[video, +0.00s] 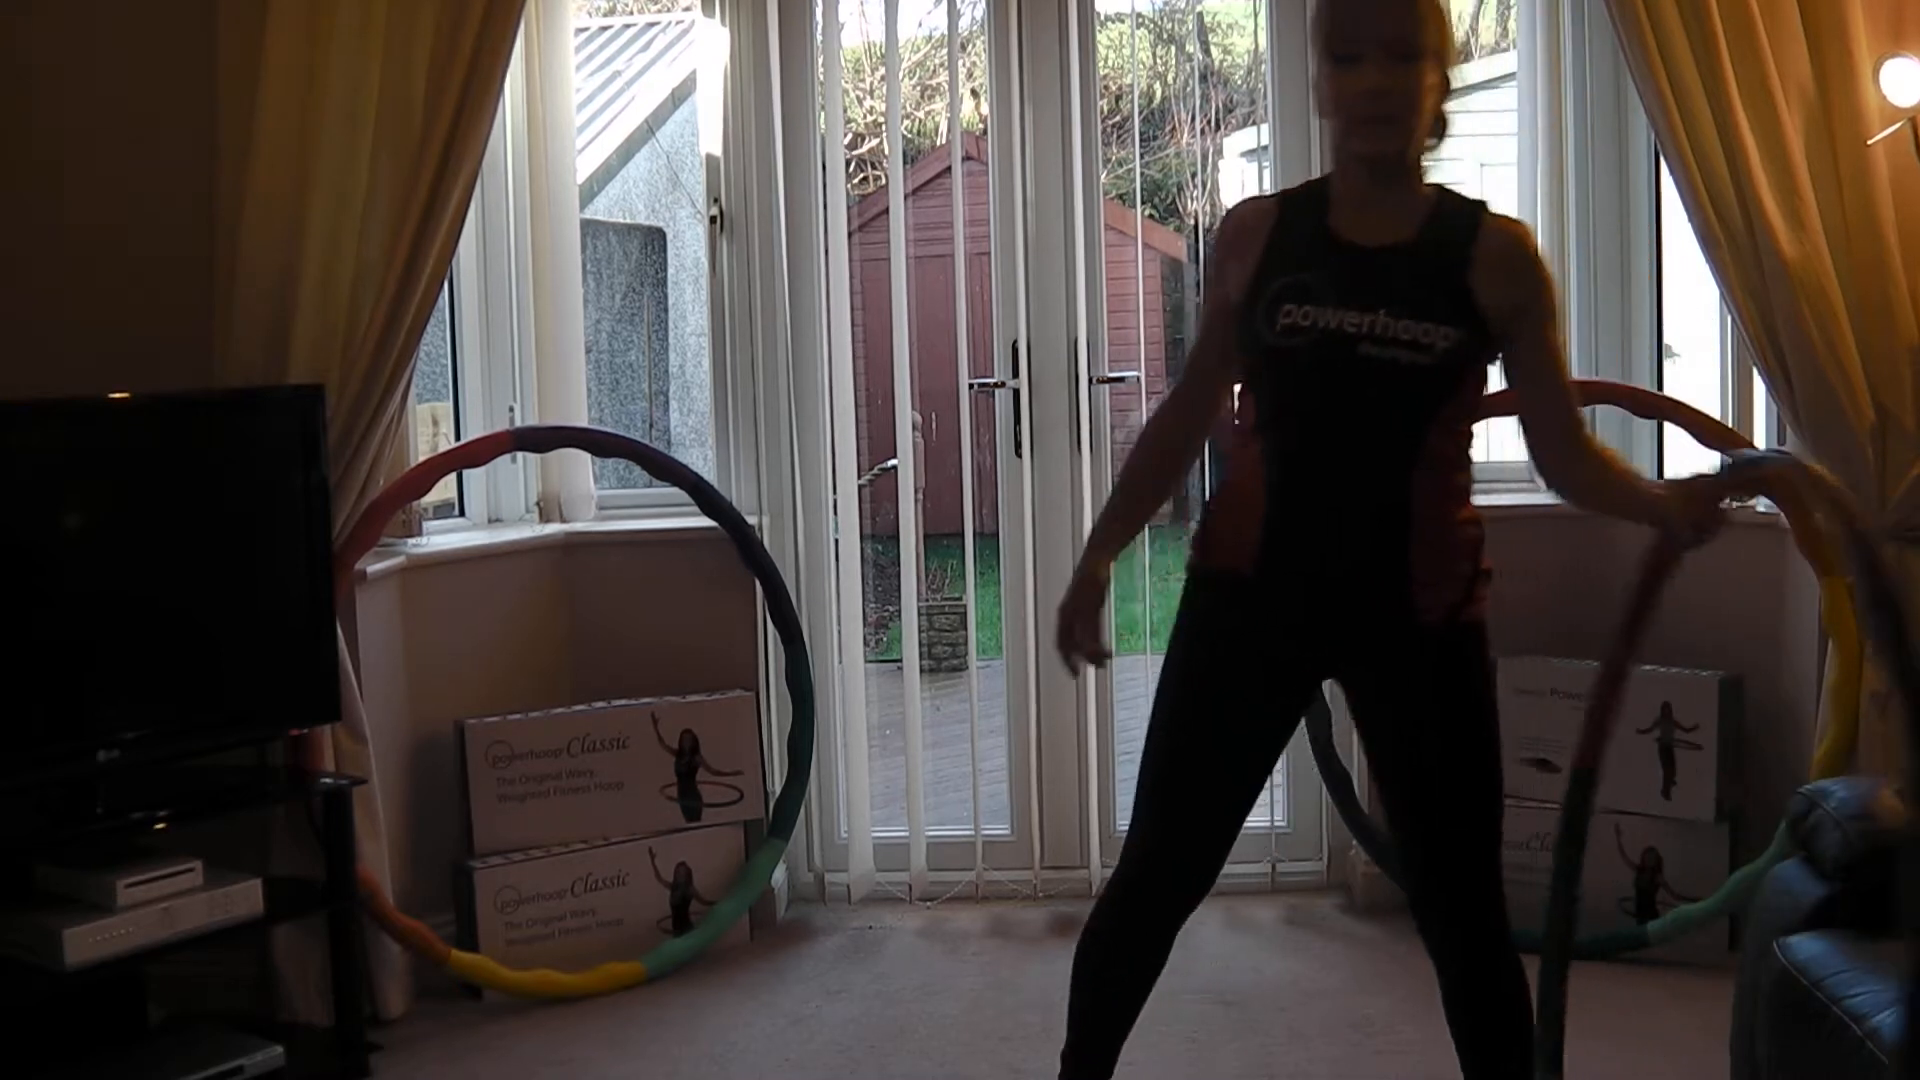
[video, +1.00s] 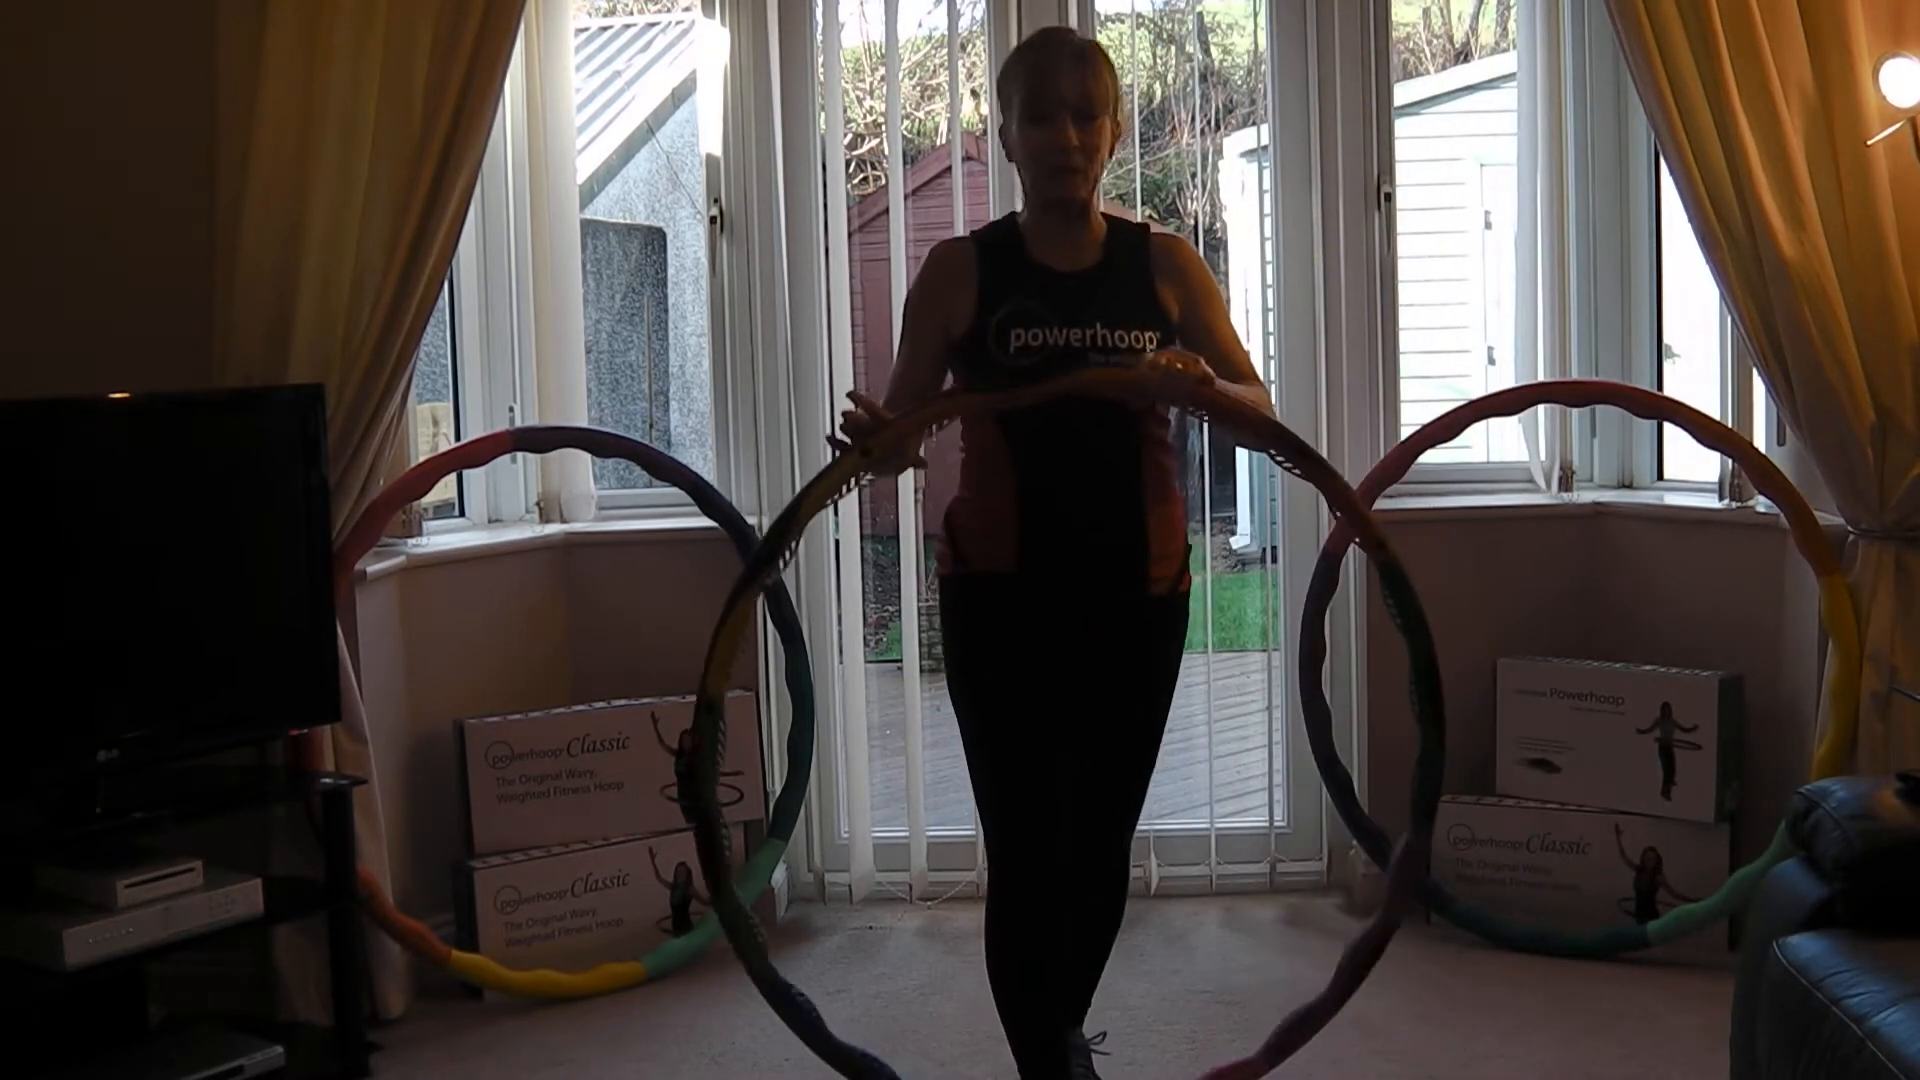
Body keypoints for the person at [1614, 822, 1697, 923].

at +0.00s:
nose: (1648, 860)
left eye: (1651, 857)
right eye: (1646, 857)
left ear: (1656, 860)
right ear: (1642, 858)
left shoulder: (1658, 877)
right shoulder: (1639, 871)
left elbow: (1673, 896)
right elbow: (1624, 856)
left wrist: (1694, 900)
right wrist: (1618, 838)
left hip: (1651, 913)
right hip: (1639, 911)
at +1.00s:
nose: (1648, 860)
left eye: (1652, 857)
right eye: (1646, 857)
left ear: (1656, 860)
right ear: (1642, 858)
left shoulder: (1658, 876)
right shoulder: (1639, 871)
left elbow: (1673, 894)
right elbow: (1624, 857)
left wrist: (1692, 901)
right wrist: (1618, 837)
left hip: (1651, 913)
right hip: (1639, 912)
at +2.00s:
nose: (1648, 860)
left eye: (1652, 857)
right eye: (1646, 856)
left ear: (1657, 859)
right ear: (1642, 858)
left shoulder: (1657, 876)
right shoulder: (1639, 871)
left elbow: (1673, 894)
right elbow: (1623, 857)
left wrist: (1693, 901)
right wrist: (1618, 839)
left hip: (1651, 913)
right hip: (1638, 912)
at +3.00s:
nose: (1648, 859)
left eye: (1651, 856)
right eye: (1646, 856)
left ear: (1656, 859)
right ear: (1642, 858)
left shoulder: (1657, 876)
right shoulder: (1639, 870)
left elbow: (1673, 894)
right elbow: (1624, 857)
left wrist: (1692, 900)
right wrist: (1618, 839)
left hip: (1651, 913)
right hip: (1639, 912)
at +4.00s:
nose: (1648, 860)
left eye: (1651, 857)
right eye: (1646, 856)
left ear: (1657, 860)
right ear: (1642, 858)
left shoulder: (1657, 877)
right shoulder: (1639, 870)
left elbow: (1674, 894)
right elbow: (1623, 857)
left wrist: (1693, 901)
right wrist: (1618, 838)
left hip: (1651, 912)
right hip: (1639, 911)